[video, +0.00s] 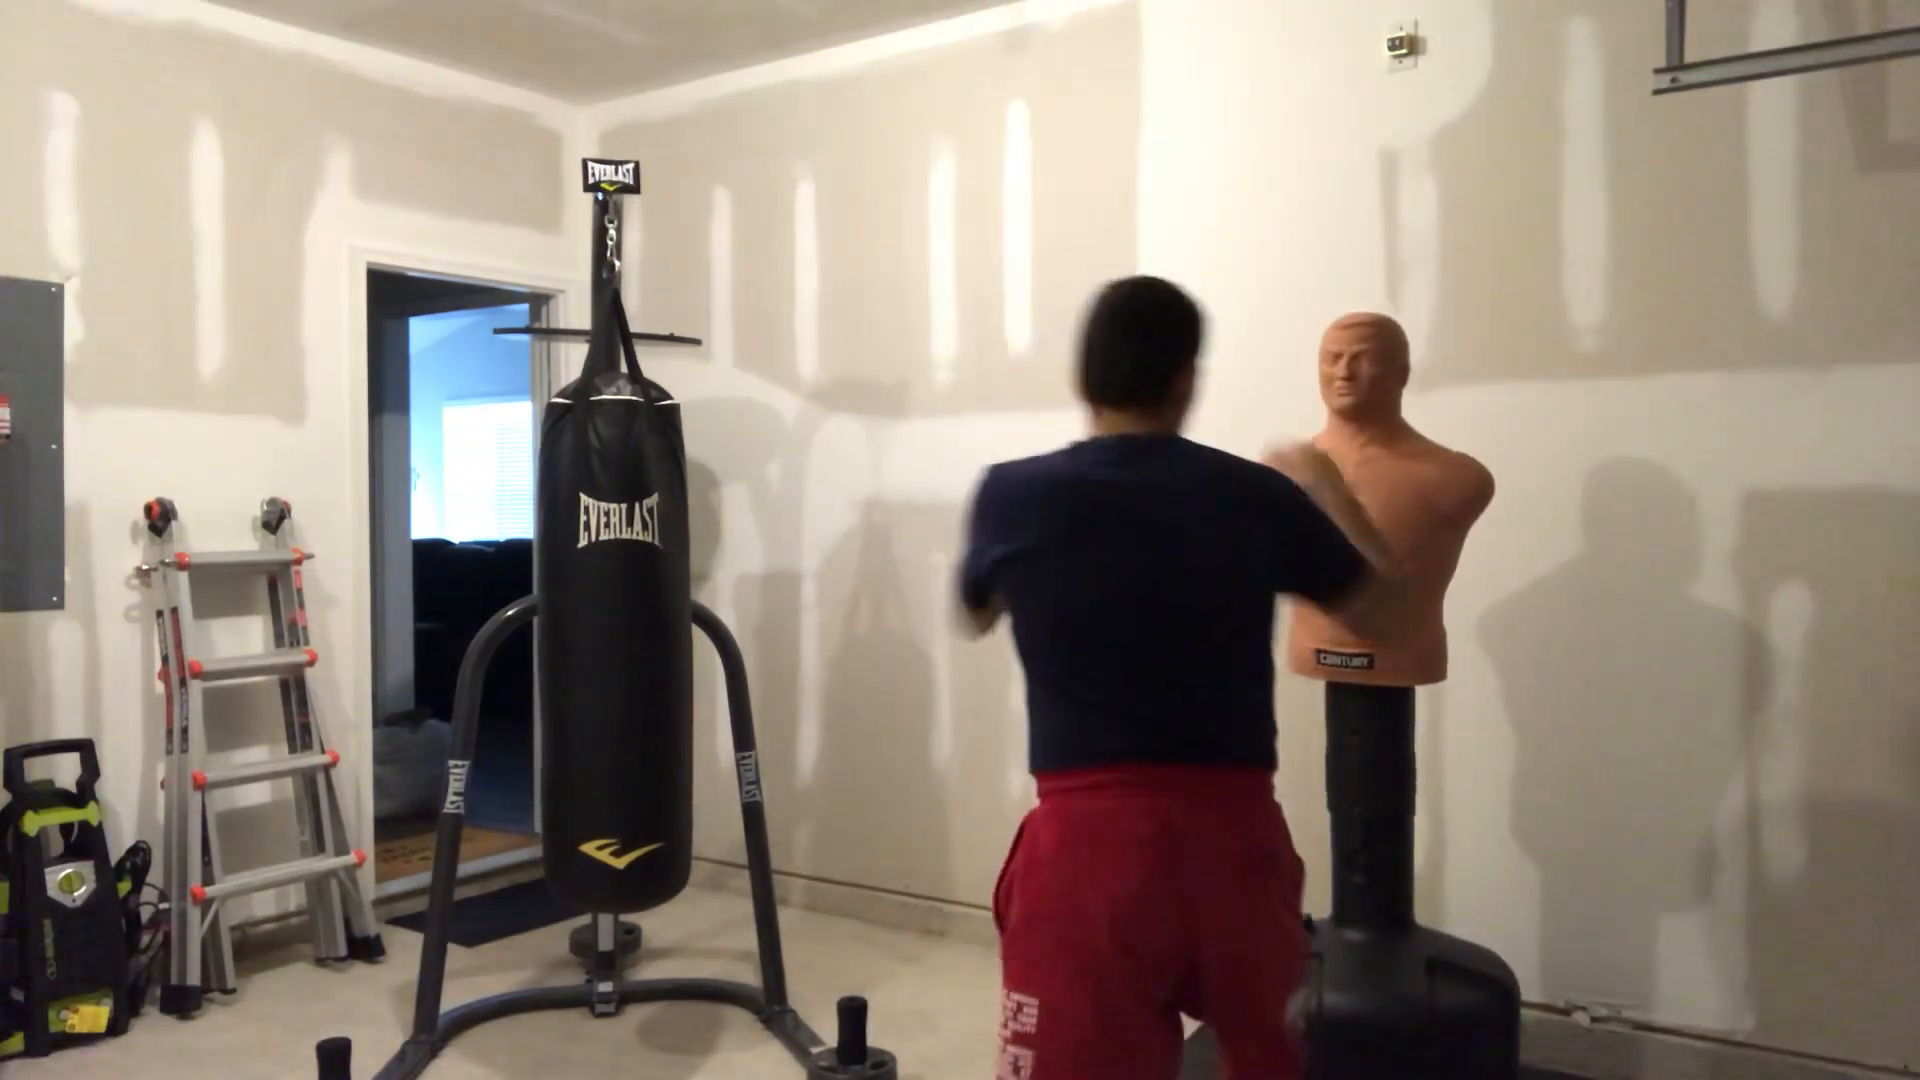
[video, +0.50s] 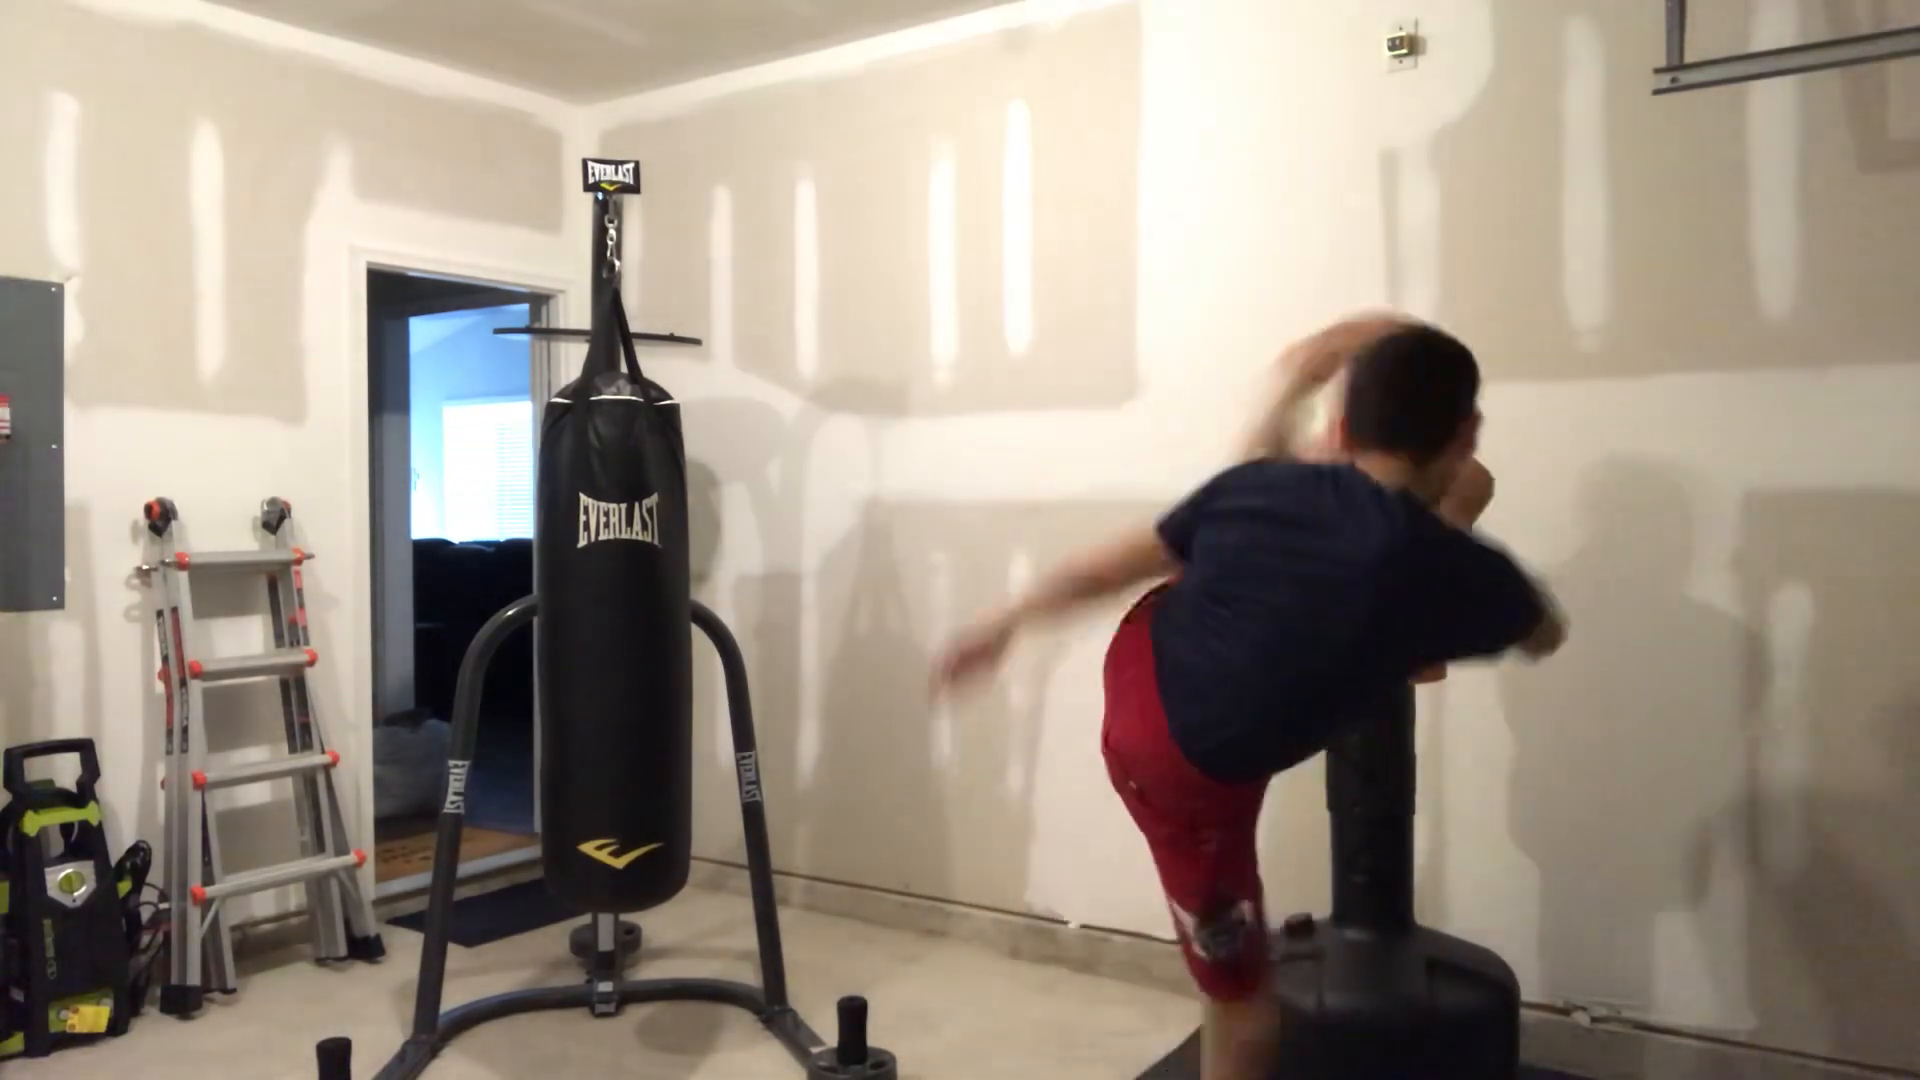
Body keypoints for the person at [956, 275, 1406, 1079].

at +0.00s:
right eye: (1188, 365)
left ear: (1082, 375)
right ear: (1188, 378)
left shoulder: (1015, 496)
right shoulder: (1252, 499)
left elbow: (974, 614)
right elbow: (1383, 610)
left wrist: (1047, 528)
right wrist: (1331, 488)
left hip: (1084, 843)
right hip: (1236, 840)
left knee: (1076, 1062)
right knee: (1273, 1062)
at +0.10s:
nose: (1279, 388)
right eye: (1275, 372)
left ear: (1151, 378)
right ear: (1257, 385)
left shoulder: (1079, 488)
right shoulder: (1302, 526)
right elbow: (1396, 720)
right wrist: (1424, 621)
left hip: (1085, 846)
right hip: (1236, 858)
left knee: (1070, 1066)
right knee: (1277, 1063)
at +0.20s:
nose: (1355, 384)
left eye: (1355, 366)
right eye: (1353, 367)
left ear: (1234, 371)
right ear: (1338, 383)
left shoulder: (1164, 464)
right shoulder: (1338, 538)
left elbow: (1212, 395)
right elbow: (1422, 738)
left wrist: (1289, 342)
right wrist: (1511, 618)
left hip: (1109, 813)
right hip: (1245, 848)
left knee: (1025, 1059)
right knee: (1280, 1064)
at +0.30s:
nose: (1412, 374)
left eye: (1406, 355)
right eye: (1411, 357)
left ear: (1291, 359)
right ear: (1398, 370)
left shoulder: (1228, 438)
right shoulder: (1396, 520)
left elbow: (1163, 411)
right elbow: (1542, 684)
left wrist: (1177, 360)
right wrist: (1561, 555)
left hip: (1132, 744)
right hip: (1231, 815)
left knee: (1051, 873)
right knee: (1264, 1054)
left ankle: (950, 1025)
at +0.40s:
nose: (1456, 401)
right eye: (1455, 385)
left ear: (1322, 378)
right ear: (1445, 398)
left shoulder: (1257, 453)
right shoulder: (1437, 525)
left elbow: (1129, 482)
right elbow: (1584, 627)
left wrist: (1059, 480)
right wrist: (1508, 504)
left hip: (1131, 686)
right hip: (1200, 793)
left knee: (1180, 591)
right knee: (1263, 1037)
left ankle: (1050, 626)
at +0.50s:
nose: (1475, 436)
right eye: (1473, 422)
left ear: (1343, 428)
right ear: (1459, 442)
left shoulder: (1270, 489)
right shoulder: (1439, 563)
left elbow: (1118, 565)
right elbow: (1547, 635)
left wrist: (1005, 621)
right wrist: (1450, 530)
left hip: (1133, 667)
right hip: (1186, 785)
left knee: (1246, 506)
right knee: (1241, 1022)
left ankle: (1287, 379)